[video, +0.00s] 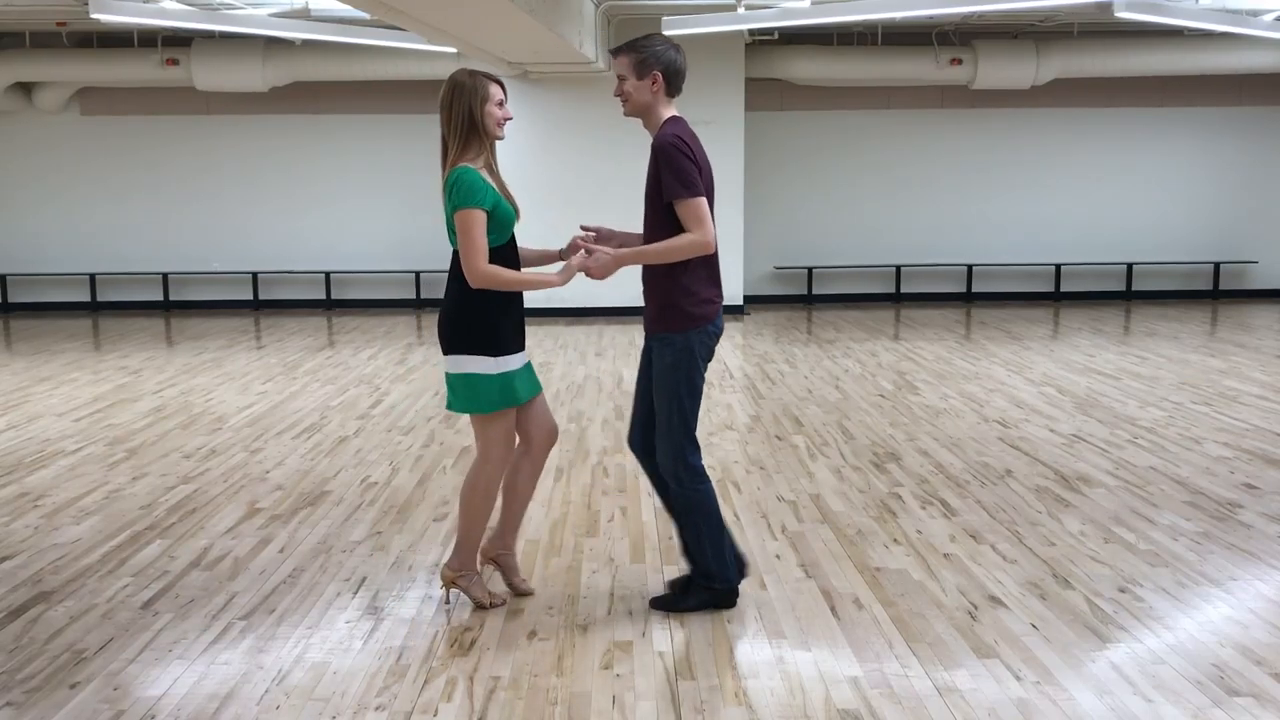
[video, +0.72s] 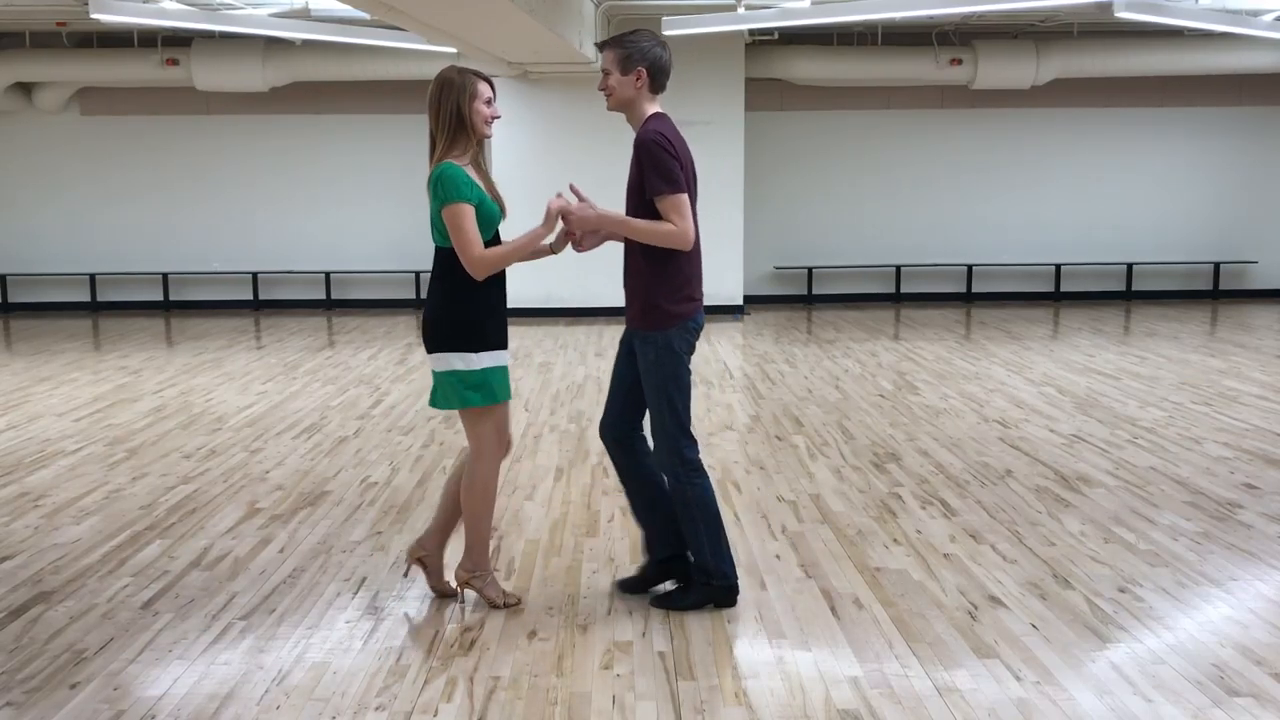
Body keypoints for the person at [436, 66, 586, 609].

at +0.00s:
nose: (507, 113)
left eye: (505, 104)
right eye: (498, 104)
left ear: (478, 113)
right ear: (472, 112)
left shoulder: (484, 174)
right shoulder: (469, 178)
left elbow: (503, 256)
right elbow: (476, 271)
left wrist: (561, 252)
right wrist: (551, 280)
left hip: (500, 332)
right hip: (475, 335)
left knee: (540, 434)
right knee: (496, 448)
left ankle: (502, 543)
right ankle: (461, 564)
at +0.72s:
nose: (494, 111)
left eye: (493, 102)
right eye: (484, 102)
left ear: (478, 108)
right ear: (458, 109)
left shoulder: (473, 173)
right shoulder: (451, 176)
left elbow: (490, 255)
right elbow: (476, 262)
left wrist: (549, 247)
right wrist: (541, 232)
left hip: (480, 325)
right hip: (463, 328)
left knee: (495, 443)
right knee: (486, 446)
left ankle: (430, 546)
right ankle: (476, 565)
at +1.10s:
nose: (463, 115)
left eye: (461, 106)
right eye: (454, 106)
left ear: (441, 113)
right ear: (426, 114)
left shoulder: (437, 175)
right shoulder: (416, 180)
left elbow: (442, 262)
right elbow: (418, 270)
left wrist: (494, 265)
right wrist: (488, 267)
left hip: (439, 331)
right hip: (430, 336)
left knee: (444, 447)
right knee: (471, 447)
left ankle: (419, 562)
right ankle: (410, 552)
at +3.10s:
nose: (477, 111)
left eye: (475, 102)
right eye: (466, 102)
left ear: (459, 111)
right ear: (440, 111)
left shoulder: (455, 173)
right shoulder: (433, 177)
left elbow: (479, 251)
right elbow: (466, 261)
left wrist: (535, 229)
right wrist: (529, 233)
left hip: (468, 327)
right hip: (449, 330)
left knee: (482, 443)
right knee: (478, 446)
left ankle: (420, 544)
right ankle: (460, 562)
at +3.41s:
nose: (450, 113)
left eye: (447, 104)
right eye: (439, 105)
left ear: (428, 113)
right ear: (412, 114)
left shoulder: (426, 176)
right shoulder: (403, 180)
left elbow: (435, 263)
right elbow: (405, 273)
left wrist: (486, 271)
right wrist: (478, 275)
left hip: (430, 332)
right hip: (421, 338)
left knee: (437, 446)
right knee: (465, 445)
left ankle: (411, 560)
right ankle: (405, 550)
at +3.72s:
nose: (432, 113)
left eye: (430, 104)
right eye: (422, 105)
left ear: (409, 114)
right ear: (396, 113)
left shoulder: (410, 177)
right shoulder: (388, 180)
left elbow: (410, 263)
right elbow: (369, 267)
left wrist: (460, 265)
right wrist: (443, 277)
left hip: (414, 334)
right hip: (386, 336)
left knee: (446, 442)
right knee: (382, 452)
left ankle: (410, 554)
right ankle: (337, 567)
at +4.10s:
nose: (436, 111)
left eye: (433, 102)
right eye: (426, 103)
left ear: (412, 111)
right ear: (400, 113)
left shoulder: (408, 175)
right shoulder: (395, 178)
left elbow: (429, 261)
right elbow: (417, 268)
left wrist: (487, 245)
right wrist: (489, 255)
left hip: (395, 335)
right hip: (404, 339)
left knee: (409, 446)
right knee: (443, 446)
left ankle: (372, 557)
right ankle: (376, 555)